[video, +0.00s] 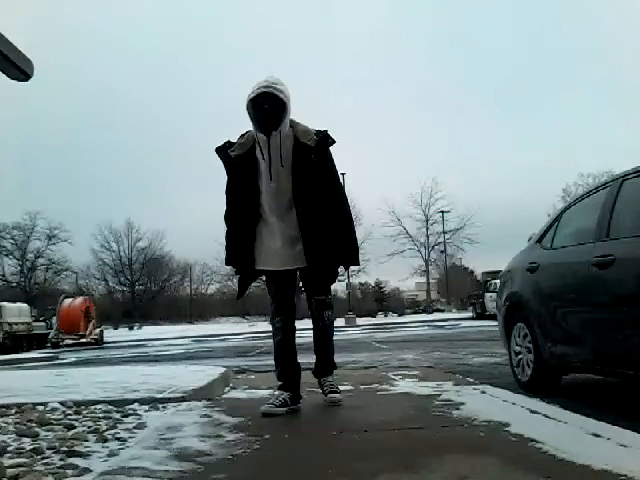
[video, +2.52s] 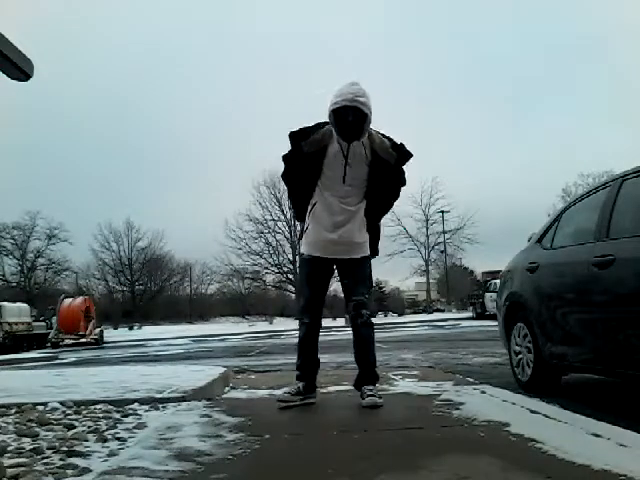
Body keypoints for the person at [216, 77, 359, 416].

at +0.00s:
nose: (264, 112)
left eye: (271, 105)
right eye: (257, 106)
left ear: (285, 107)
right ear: (249, 110)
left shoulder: (310, 144)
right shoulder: (241, 154)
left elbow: (333, 198)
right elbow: (236, 209)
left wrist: (343, 248)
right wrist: (237, 256)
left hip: (312, 245)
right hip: (270, 249)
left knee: (322, 312)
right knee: (281, 319)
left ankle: (326, 375)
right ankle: (288, 391)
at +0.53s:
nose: (314, 139)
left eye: (321, 133)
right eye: (308, 132)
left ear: (330, 137)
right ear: (298, 135)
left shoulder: (341, 176)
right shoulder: (281, 170)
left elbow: (343, 221)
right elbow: (265, 211)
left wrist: (339, 256)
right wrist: (271, 246)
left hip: (325, 260)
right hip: (288, 259)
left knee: (323, 320)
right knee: (289, 320)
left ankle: (319, 383)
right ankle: (289, 385)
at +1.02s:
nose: (333, 139)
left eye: (338, 133)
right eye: (327, 132)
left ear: (343, 138)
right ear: (314, 135)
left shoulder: (344, 178)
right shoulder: (297, 165)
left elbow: (354, 222)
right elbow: (283, 213)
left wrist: (367, 248)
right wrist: (278, 258)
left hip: (326, 255)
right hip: (294, 253)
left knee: (322, 316)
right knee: (290, 313)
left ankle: (318, 381)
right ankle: (285, 366)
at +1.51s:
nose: (310, 138)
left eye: (316, 131)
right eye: (304, 132)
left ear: (326, 134)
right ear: (294, 135)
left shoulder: (342, 166)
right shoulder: (280, 168)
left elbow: (375, 189)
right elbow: (253, 205)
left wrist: (351, 209)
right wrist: (281, 222)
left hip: (324, 257)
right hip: (287, 258)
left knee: (322, 320)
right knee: (287, 320)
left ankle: (319, 383)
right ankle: (289, 383)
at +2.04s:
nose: (299, 126)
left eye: (305, 119)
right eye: (292, 119)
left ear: (317, 120)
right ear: (282, 122)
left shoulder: (336, 148)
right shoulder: (270, 154)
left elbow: (364, 179)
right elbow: (253, 191)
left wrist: (347, 218)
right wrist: (276, 225)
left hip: (332, 241)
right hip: (291, 245)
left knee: (346, 311)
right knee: (291, 320)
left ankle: (362, 380)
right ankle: (292, 386)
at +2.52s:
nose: (348, 120)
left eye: (355, 114)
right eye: (341, 113)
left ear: (367, 116)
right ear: (332, 114)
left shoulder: (380, 149)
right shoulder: (312, 143)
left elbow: (393, 187)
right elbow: (293, 177)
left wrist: (369, 217)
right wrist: (306, 213)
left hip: (357, 242)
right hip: (315, 241)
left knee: (361, 313)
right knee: (308, 316)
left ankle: (368, 384)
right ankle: (306, 384)